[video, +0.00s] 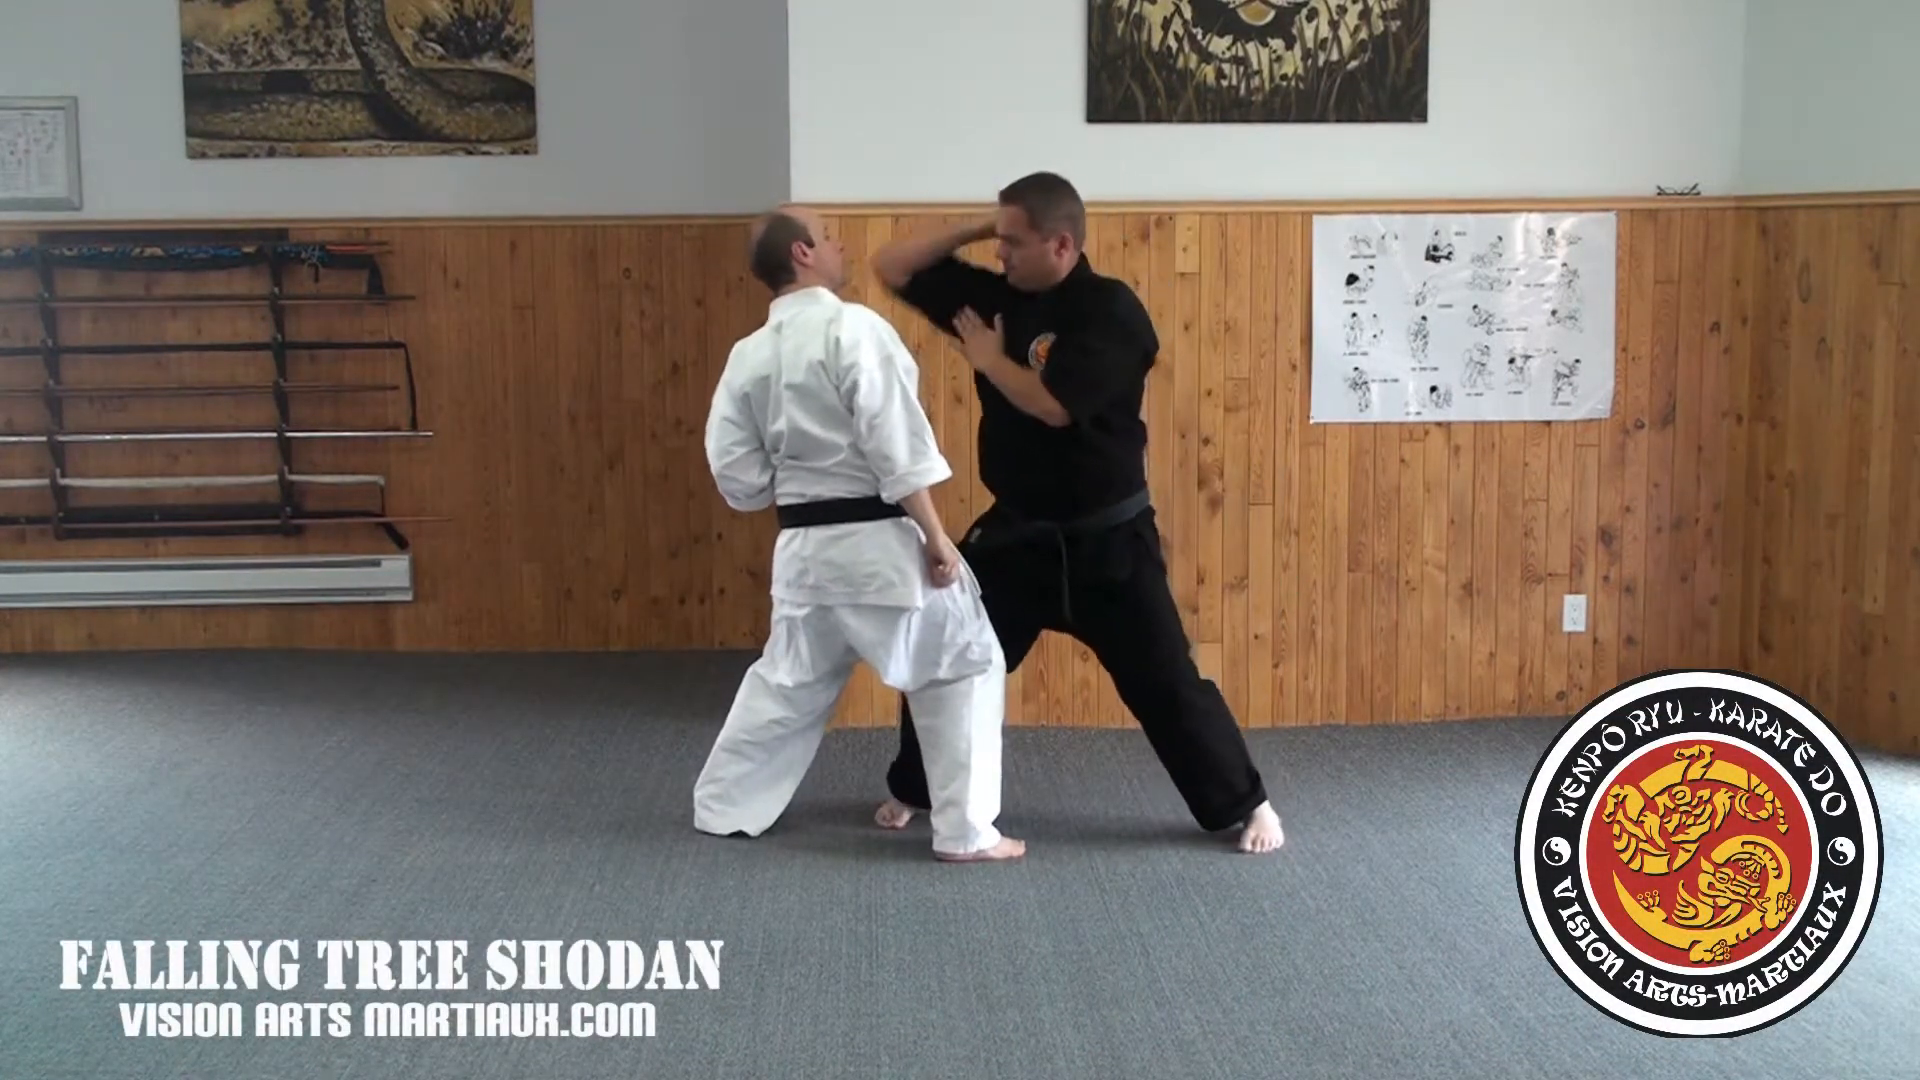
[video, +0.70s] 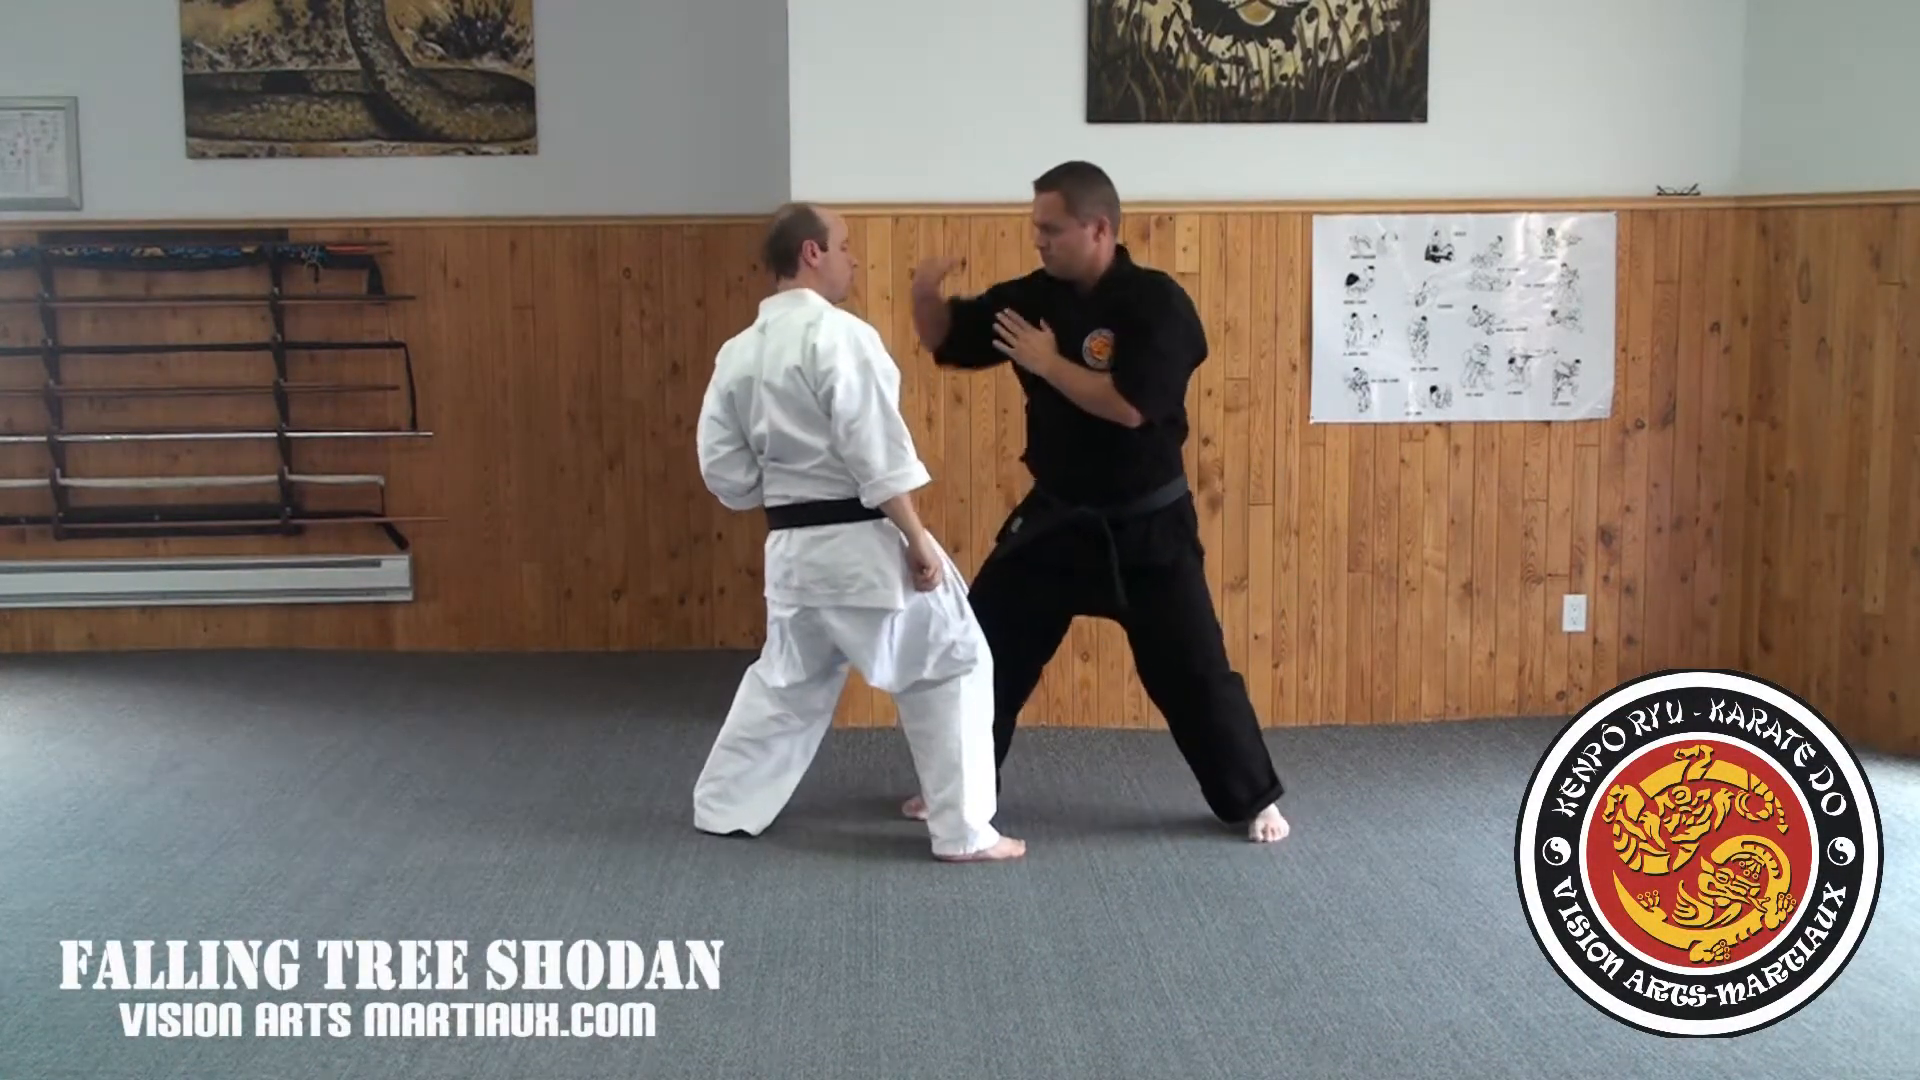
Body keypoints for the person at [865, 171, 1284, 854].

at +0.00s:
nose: (1000, 252)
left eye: (1012, 242)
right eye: (998, 239)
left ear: (1060, 245)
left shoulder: (1113, 313)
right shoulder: (995, 303)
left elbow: (1055, 406)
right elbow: (890, 268)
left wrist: (988, 359)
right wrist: (977, 233)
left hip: (1108, 537)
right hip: (1014, 534)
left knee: (1165, 682)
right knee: (939, 658)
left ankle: (1246, 804)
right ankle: (914, 790)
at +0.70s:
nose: (1038, 242)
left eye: (1049, 230)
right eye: (1035, 229)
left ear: (1100, 231)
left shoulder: (1158, 304)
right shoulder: (1033, 301)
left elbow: (1133, 406)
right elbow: (947, 338)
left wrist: (1047, 364)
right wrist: (928, 298)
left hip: (1147, 525)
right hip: (1052, 520)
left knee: (1193, 669)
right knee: (982, 652)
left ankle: (1254, 800)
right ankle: (960, 786)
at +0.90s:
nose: (1040, 248)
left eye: (1052, 236)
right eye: (1037, 235)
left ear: (1102, 238)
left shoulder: (1161, 311)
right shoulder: (1027, 309)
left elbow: (1141, 414)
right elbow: (938, 370)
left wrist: (1052, 375)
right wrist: (861, 369)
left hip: (1145, 528)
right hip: (1048, 525)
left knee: (1189, 668)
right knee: (979, 652)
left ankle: (1254, 799)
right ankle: (954, 786)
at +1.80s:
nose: (1045, 243)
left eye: (1058, 230)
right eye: (1042, 229)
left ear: (1107, 229)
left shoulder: (1171, 303)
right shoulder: (1035, 306)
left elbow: (1157, 409)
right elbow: (933, 319)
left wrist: (1056, 378)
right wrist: (870, 304)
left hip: (1145, 528)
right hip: (1046, 524)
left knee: (1202, 665)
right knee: (974, 650)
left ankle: (1260, 797)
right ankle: (944, 785)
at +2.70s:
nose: (1032, 212)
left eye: (1043, 199)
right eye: (1030, 200)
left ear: (1090, 196)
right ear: (1070, 201)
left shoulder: (1160, 272)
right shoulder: (1027, 292)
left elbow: (1219, 302)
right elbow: (926, 354)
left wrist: (1131, 237)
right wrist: (833, 345)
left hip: (1143, 507)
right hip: (1049, 511)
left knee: (1189, 649)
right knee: (984, 639)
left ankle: (1258, 792)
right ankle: (1016, 777)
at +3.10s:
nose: (964, 201)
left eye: (974, 188)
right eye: (962, 190)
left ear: (1018, 187)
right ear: (979, 195)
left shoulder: (1062, 258)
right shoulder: (965, 280)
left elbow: (1043, 184)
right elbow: (877, 320)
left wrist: (1015, 122)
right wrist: (787, 327)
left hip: (1051, 483)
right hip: (979, 486)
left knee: (1058, 640)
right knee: (966, 641)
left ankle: (1167, 761)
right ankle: (1016, 785)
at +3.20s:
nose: (955, 198)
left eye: (965, 183)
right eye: (952, 187)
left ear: (1006, 177)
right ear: (964, 191)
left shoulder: (1048, 250)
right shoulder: (956, 276)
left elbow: (1019, 176)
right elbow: (865, 317)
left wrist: (1004, 118)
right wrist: (776, 324)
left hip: (1039, 473)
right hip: (972, 475)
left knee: (1011, 632)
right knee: (962, 634)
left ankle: (1111, 758)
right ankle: (1013, 781)